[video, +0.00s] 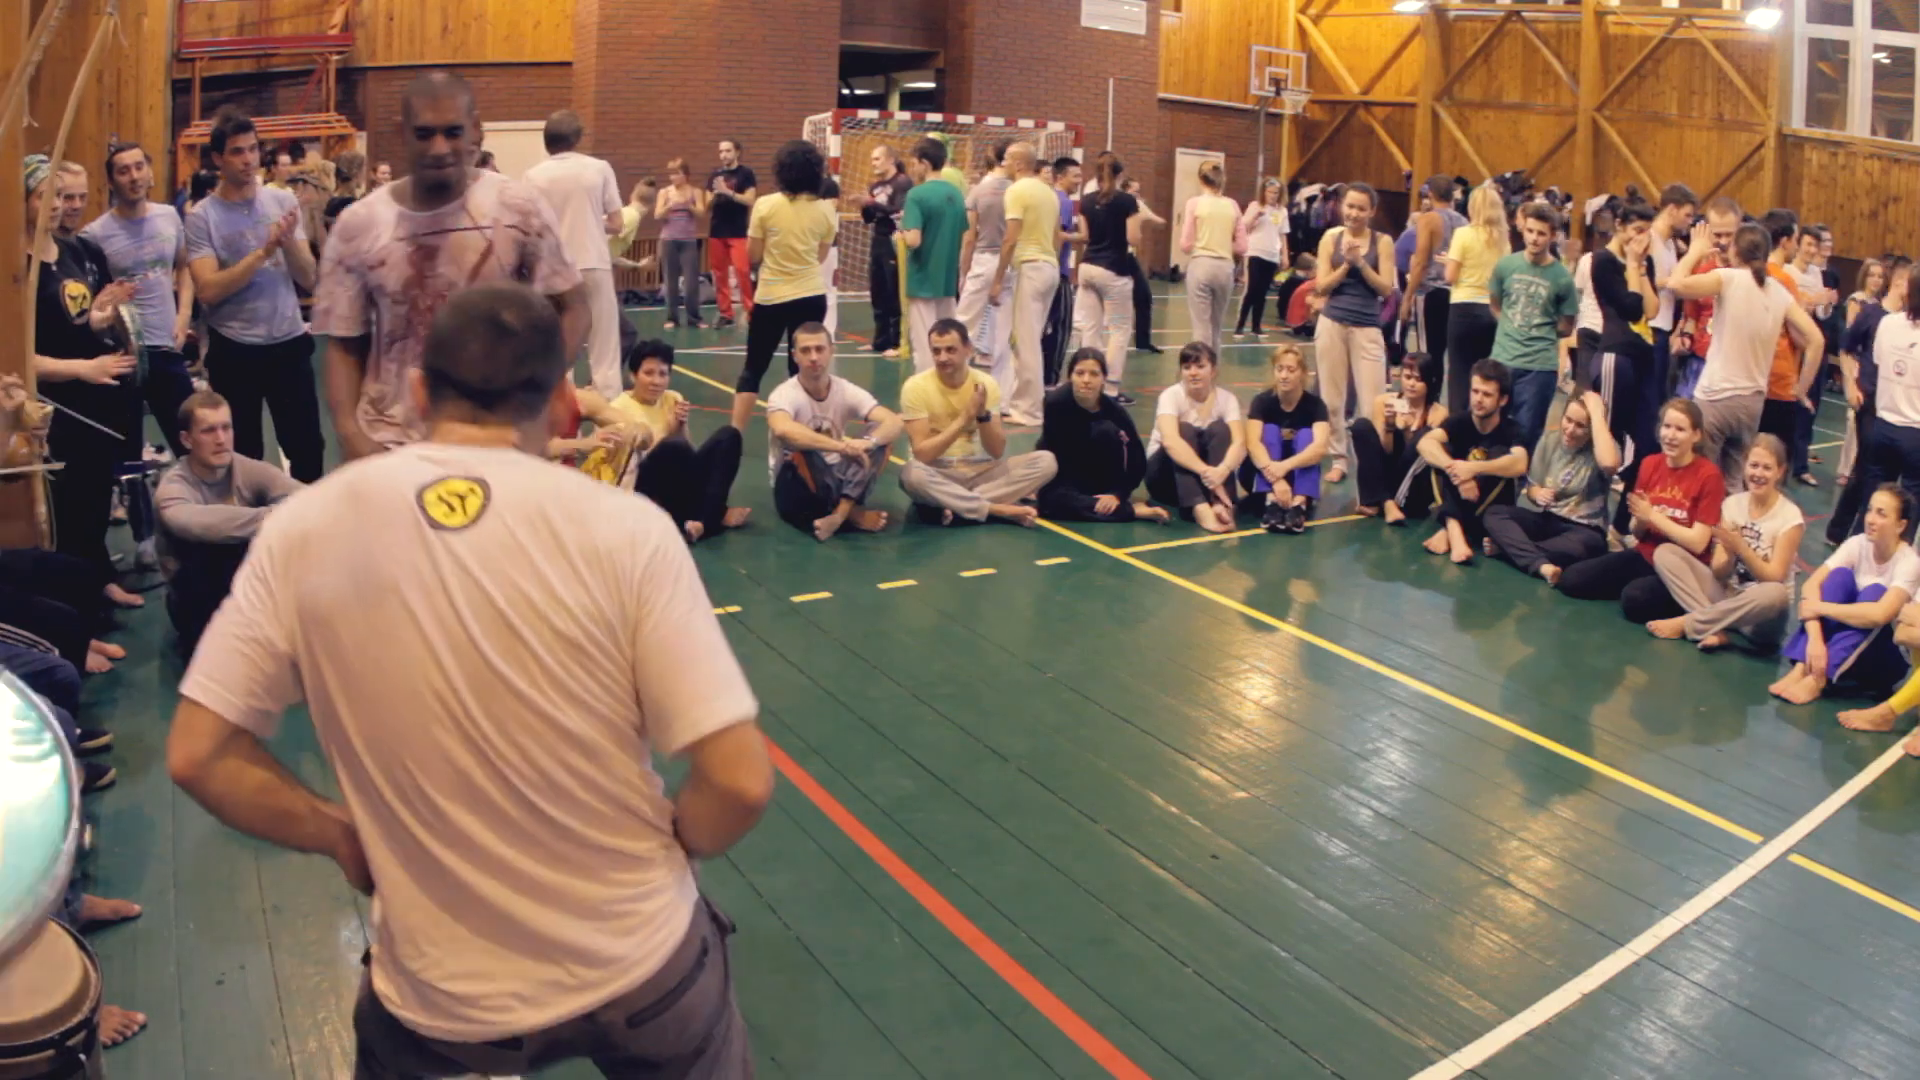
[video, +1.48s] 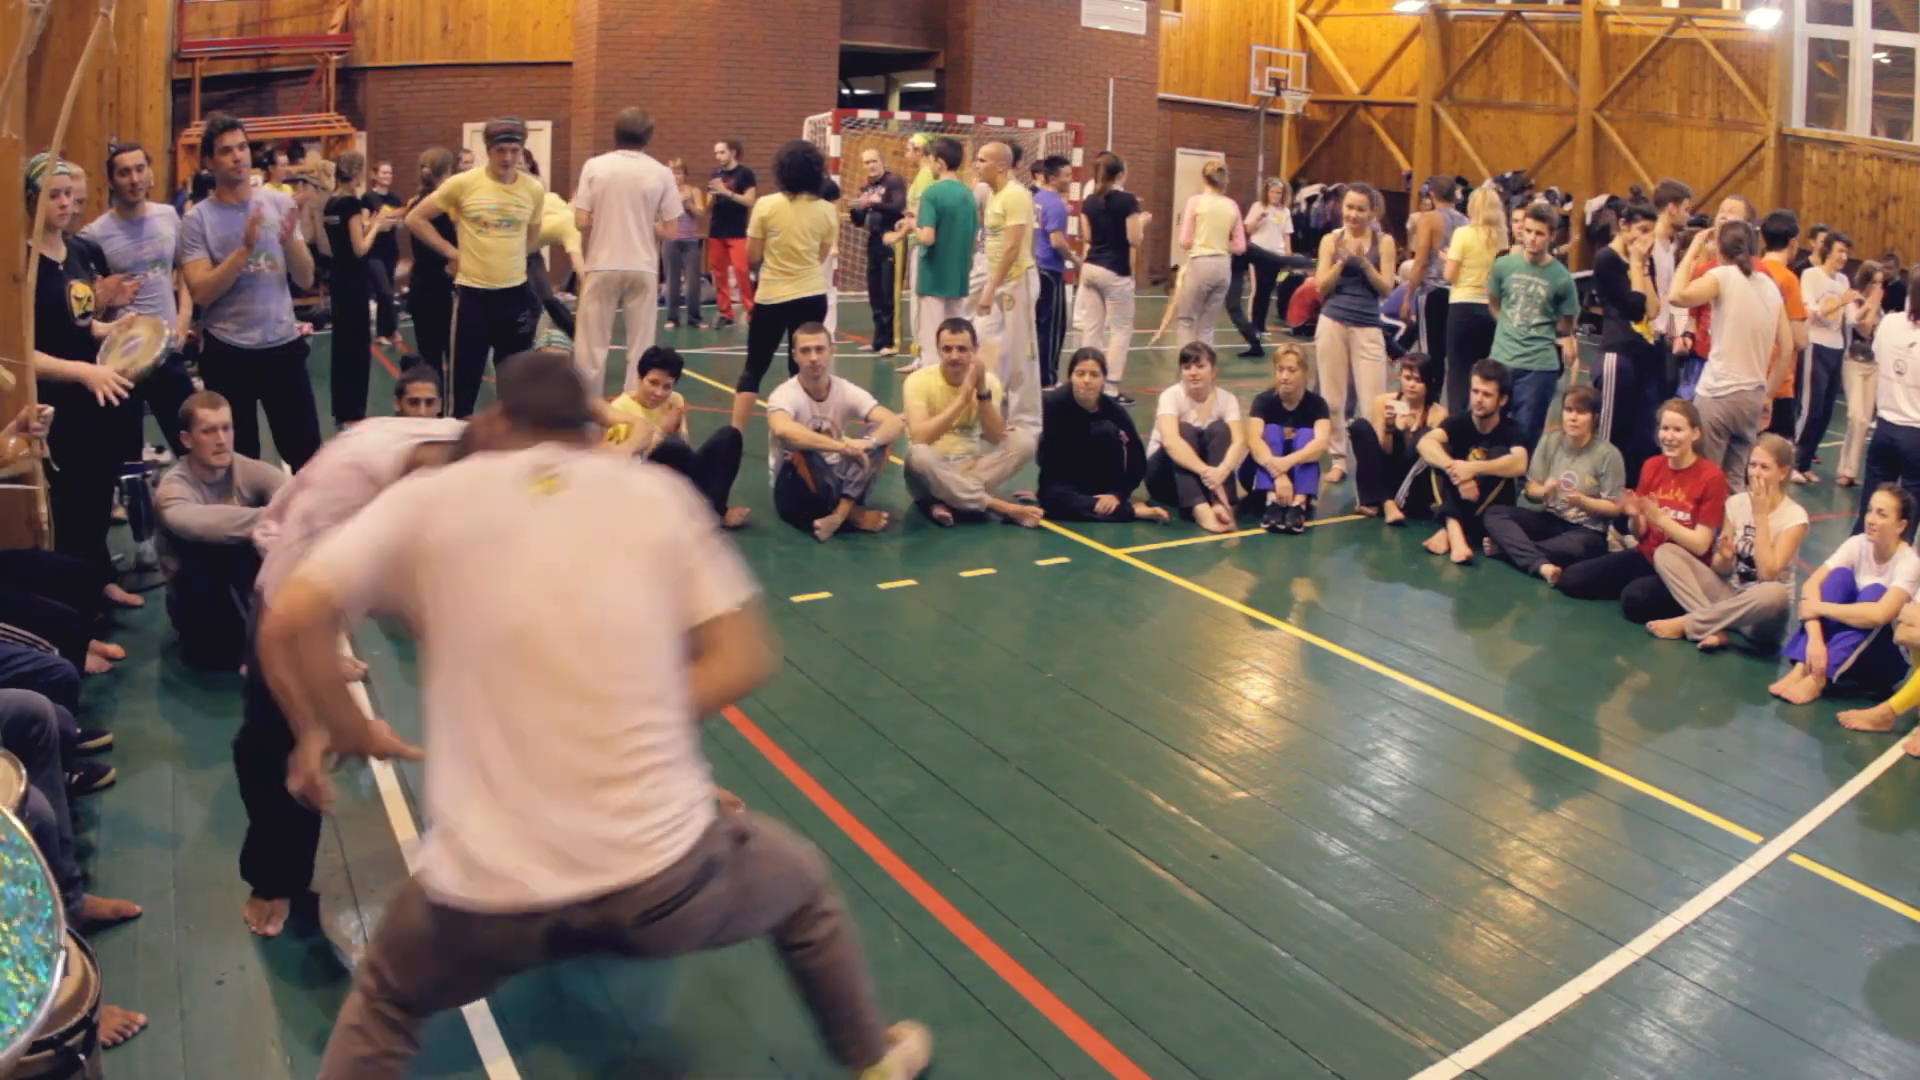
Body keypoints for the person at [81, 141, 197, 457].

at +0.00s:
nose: (134, 176)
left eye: (139, 167)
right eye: (124, 171)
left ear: (150, 173)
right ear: (111, 181)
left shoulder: (169, 216)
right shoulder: (94, 234)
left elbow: (183, 267)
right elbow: (88, 293)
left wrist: (183, 318)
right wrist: (112, 334)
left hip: (167, 352)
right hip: (121, 355)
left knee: (192, 444)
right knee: (127, 454)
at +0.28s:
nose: (134, 177)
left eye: (139, 168)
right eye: (124, 171)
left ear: (150, 173)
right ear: (111, 181)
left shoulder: (169, 217)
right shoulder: (94, 234)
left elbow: (182, 268)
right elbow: (92, 293)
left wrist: (183, 318)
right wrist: (107, 329)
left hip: (166, 348)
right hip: (120, 353)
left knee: (186, 441)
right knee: (125, 447)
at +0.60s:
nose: (134, 179)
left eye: (139, 169)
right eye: (124, 172)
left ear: (150, 174)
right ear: (111, 181)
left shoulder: (168, 216)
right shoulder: (94, 235)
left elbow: (183, 268)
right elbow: (89, 291)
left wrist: (184, 319)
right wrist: (106, 332)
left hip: (167, 348)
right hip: (119, 354)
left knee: (191, 442)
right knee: (125, 451)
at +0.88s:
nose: (135, 179)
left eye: (140, 170)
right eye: (125, 173)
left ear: (150, 175)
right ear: (111, 183)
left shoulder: (169, 216)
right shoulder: (94, 235)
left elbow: (184, 267)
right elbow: (89, 292)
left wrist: (185, 315)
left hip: (167, 335)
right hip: (122, 341)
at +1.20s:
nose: (134, 179)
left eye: (140, 169)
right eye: (124, 173)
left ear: (150, 174)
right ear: (111, 181)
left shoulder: (168, 216)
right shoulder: (94, 235)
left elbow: (182, 271)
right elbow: (88, 300)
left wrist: (184, 317)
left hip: (167, 349)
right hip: (121, 355)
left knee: (192, 442)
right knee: (126, 451)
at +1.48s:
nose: (134, 179)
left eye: (140, 169)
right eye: (124, 173)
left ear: (150, 174)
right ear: (111, 181)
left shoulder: (168, 216)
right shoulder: (93, 236)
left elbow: (183, 271)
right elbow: (88, 303)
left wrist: (184, 318)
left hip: (168, 352)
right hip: (121, 357)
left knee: (195, 445)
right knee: (126, 457)